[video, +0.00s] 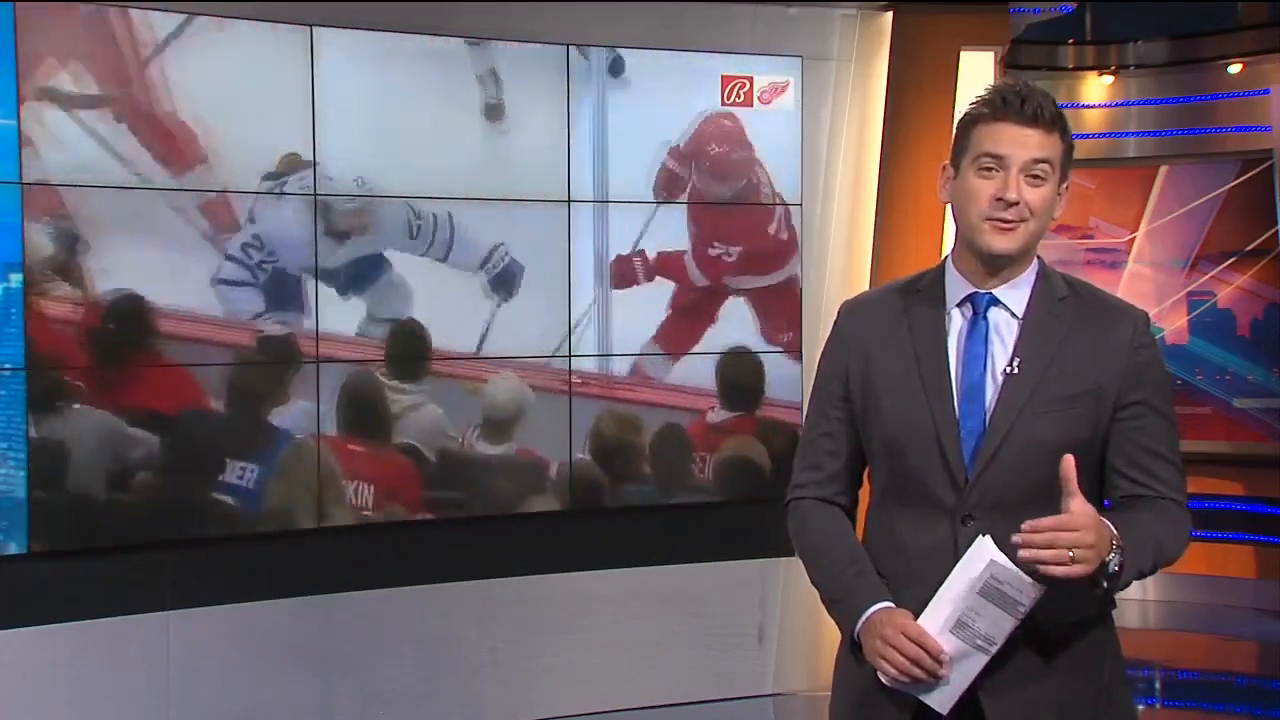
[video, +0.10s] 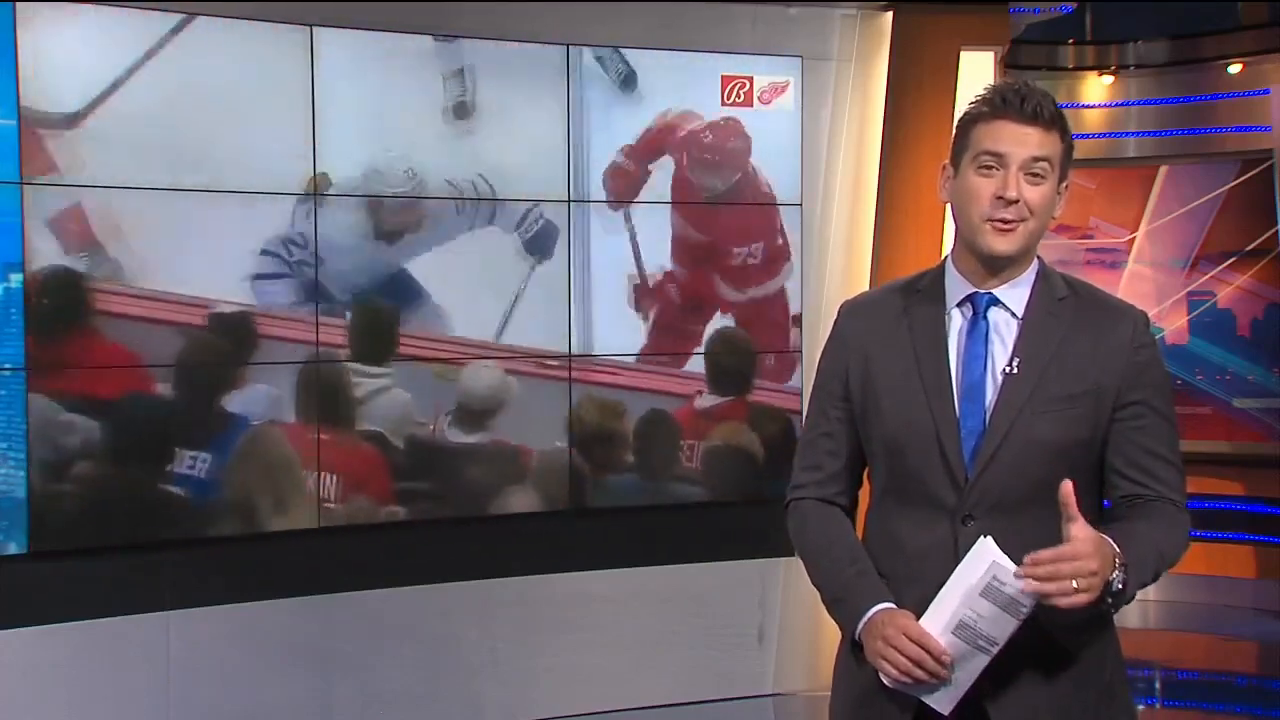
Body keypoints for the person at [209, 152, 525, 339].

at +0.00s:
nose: (362, 227)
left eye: (366, 219)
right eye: (353, 221)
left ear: (371, 210)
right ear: (327, 216)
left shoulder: (385, 216)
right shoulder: (279, 227)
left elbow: (442, 233)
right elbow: (230, 279)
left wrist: (494, 261)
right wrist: (263, 326)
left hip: (340, 251)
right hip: (277, 255)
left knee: (393, 296)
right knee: (285, 319)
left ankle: (368, 368)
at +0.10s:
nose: (417, 227)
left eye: (419, 219)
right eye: (405, 223)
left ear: (422, 206)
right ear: (377, 210)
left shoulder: (433, 209)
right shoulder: (334, 228)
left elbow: (488, 198)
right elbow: (271, 262)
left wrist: (531, 223)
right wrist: (292, 320)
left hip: (380, 279)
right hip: (322, 288)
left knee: (434, 336)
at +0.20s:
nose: (488, 215)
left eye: (490, 204)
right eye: (478, 207)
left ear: (493, 189)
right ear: (446, 198)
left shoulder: (497, 177)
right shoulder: (399, 227)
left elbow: (540, 166)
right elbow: (363, 295)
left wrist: (579, 195)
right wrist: (414, 300)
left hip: (447, 300)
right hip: (390, 313)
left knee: (488, 354)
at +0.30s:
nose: (548, 198)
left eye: (551, 190)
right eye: (540, 189)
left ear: (554, 183)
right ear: (516, 182)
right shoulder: (486, 219)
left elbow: (569, 160)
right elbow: (457, 296)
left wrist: (612, 180)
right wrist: (513, 277)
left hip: (487, 320)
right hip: (435, 321)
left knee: (517, 388)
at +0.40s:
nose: (592, 198)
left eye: (591, 186)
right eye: (582, 191)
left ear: (590, 176)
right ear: (559, 190)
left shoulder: (589, 176)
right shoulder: (528, 233)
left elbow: (626, 178)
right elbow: (518, 306)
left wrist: (674, 191)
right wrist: (589, 280)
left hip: (531, 324)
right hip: (484, 327)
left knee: (558, 401)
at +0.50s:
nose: (648, 201)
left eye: (646, 193)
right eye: (642, 195)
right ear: (625, 199)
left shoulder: (634, 213)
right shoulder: (592, 240)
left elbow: (671, 200)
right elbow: (587, 323)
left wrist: (711, 208)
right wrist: (655, 305)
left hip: (581, 345)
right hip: (539, 351)